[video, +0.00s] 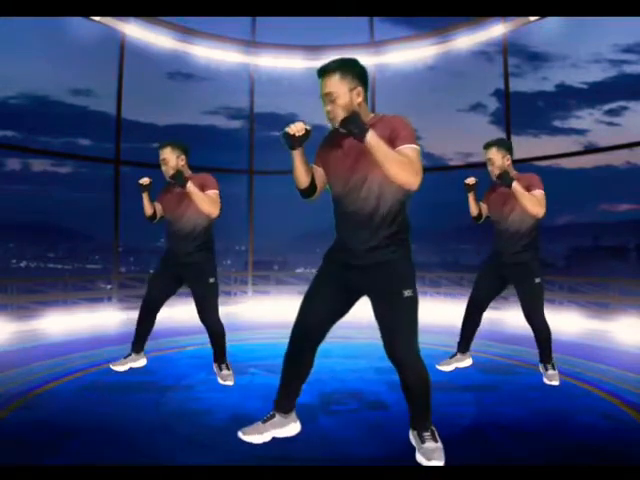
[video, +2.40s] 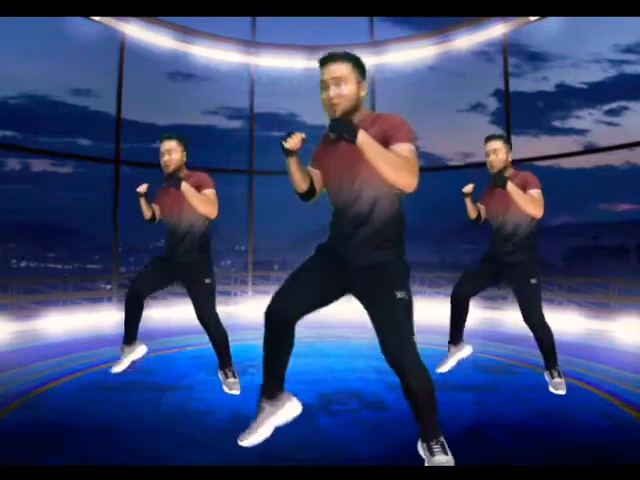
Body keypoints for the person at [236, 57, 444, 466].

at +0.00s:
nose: (327, 106)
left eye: (333, 97)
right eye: (324, 99)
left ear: (359, 94)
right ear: (328, 101)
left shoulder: (394, 127)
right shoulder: (331, 143)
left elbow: (411, 178)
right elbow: (309, 188)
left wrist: (365, 133)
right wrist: (297, 149)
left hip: (390, 260)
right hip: (344, 258)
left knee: (403, 351)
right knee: (304, 334)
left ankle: (424, 430)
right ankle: (283, 415)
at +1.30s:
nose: (332, 90)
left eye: (339, 81)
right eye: (330, 83)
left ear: (366, 82)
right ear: (332, 87)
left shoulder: (400, 124)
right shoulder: (324, 131)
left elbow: (412, 173)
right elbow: (276, 151)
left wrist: (366, 127)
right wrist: (251, 127)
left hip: (387, 264)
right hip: (334, 263)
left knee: (409, 357)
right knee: (290, 333)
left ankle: (427, 440)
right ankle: (287, 416)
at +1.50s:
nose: (312, 90)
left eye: (319, 82)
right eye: (311, 83)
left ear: (345, 84)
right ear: (321, 87)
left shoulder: (377, 125)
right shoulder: (320, 132)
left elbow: (388, 187)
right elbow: (298, 167)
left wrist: (345, 141)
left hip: (363, 259)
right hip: (324, 258)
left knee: (383, 350)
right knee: (286, 333)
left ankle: (430, 440)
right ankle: (290, 420)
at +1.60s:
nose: (305, 95)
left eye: (309, 87)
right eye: (306, 88)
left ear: (331, 88)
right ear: (332, 89)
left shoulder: (351, 124)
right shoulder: (334, 128)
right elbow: (326, 168)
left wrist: (297, 135)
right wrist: (303, 133)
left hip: (349, 260)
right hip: (324, 259)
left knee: (363, 352)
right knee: (285, 328)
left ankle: (436, 428)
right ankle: (289, 420)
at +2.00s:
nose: (306, 98)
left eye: (311, 90)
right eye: (306, 91)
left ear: (338, 90)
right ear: (326, 92)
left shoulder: (375, 125)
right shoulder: (321, 138)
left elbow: (378, 176)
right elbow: (304, 189)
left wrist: (333, 135)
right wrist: (289, 149)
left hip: (372, 261)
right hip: (330, 260)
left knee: (395, 354)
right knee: (293, 334)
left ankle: (432, 441)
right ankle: (289, 420)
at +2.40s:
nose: (330, 92)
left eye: (339, 83)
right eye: (325, 85)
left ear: (362, 86)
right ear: (322, 93)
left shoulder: (390, 126)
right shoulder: (330, 141)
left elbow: (408, 179)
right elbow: (307, 189)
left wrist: (355, 134)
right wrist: (293, 157)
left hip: (382, 263)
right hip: (336, 258)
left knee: (401, 356)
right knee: (279, 313)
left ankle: (434, 443)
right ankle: (273, 400)